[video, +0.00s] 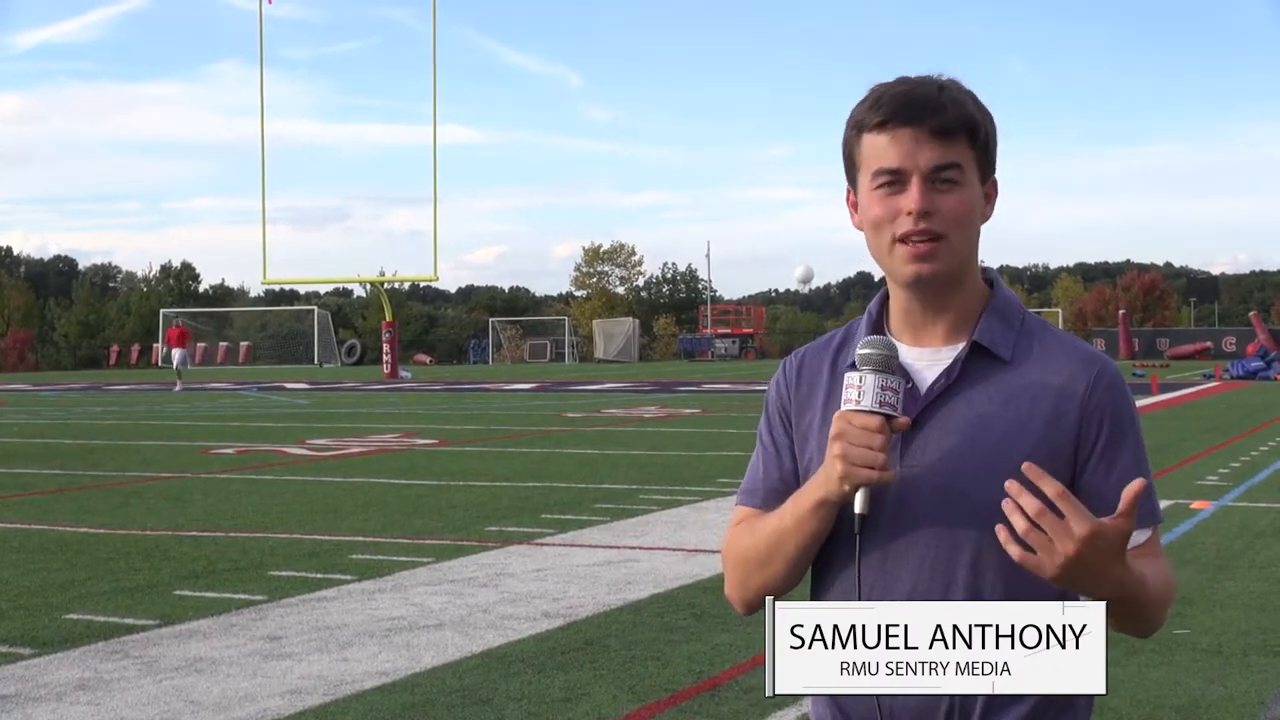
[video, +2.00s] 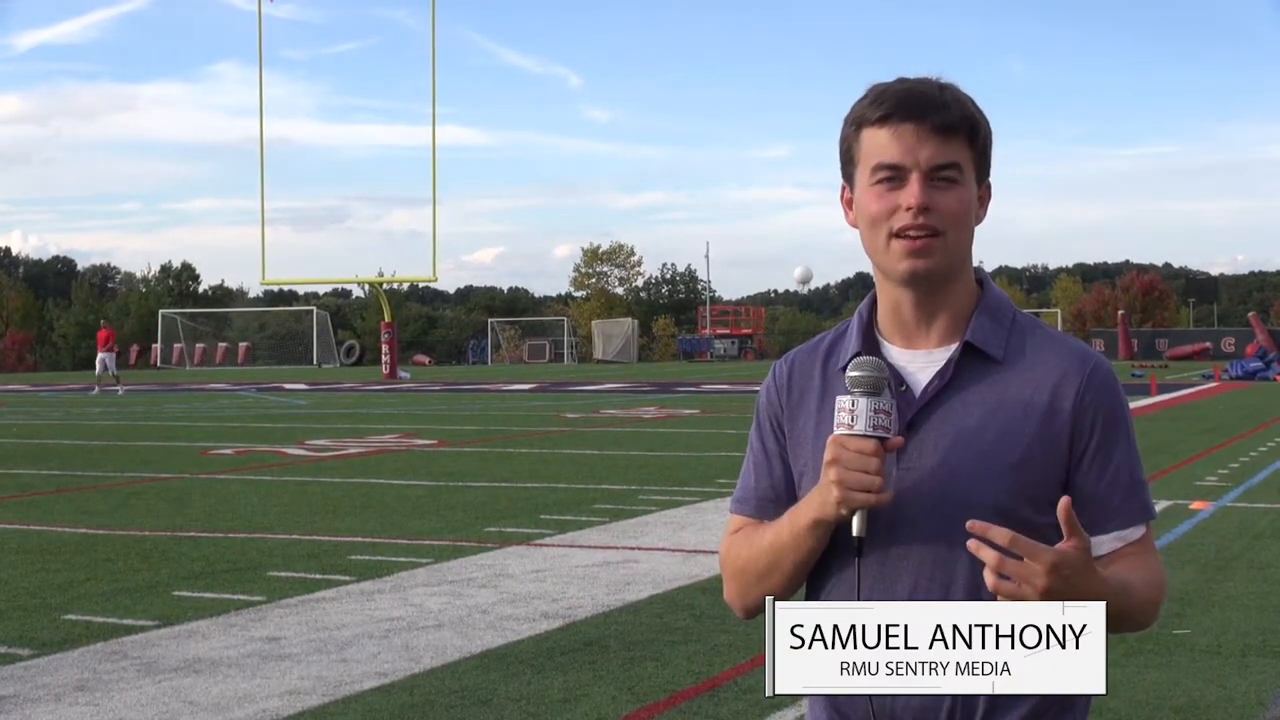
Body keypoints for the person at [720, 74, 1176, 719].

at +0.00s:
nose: (917, 204)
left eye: (944, 179)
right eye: (890, 182)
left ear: (988, 196)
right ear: (856, 208)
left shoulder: (1082, 383)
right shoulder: (804, 380)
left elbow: (1150, 608)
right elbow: (742, 584)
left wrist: (1110, 580)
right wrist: (824, 487)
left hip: (1026, 707)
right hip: (849, 708)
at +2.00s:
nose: (916, 201)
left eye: (944, 177)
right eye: (889, 179)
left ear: (981, 200)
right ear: (850, 204)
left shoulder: (1074, 382)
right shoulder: (794, 383)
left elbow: (1141, 583)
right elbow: (741, 587)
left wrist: (1090, 588)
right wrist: (821, 505)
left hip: (1021, 708)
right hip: (843, 707)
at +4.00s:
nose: (914, 207)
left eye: (946, 183)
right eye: (890, 182)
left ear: (989, 204)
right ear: (858, 202)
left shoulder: (1078, 381)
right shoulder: (796, 383)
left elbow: (1153, 581)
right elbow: (745, 587)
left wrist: (1030, 575)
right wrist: (830, 514)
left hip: (1028, 707)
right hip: (849, 708)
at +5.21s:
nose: (913, 198)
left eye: (942, 175)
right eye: (887, 176)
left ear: (987, 199)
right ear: (856, 205)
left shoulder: (1079, 379)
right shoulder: (799, 382)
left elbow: (1157, 597)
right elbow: (736, 584)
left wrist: (1071, 534)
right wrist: (820, 493)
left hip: (1028, 705)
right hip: (850, 706)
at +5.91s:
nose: (918, 196)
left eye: (945, 174)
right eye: (891, 175)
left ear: (988, 199)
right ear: (856, 207)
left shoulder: (1083, 377)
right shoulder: (798, 383)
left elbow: (1171, 575)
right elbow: (740, 586)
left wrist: (1069, 549)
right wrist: (836, 507)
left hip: (1035, 707)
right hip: (853, 708)